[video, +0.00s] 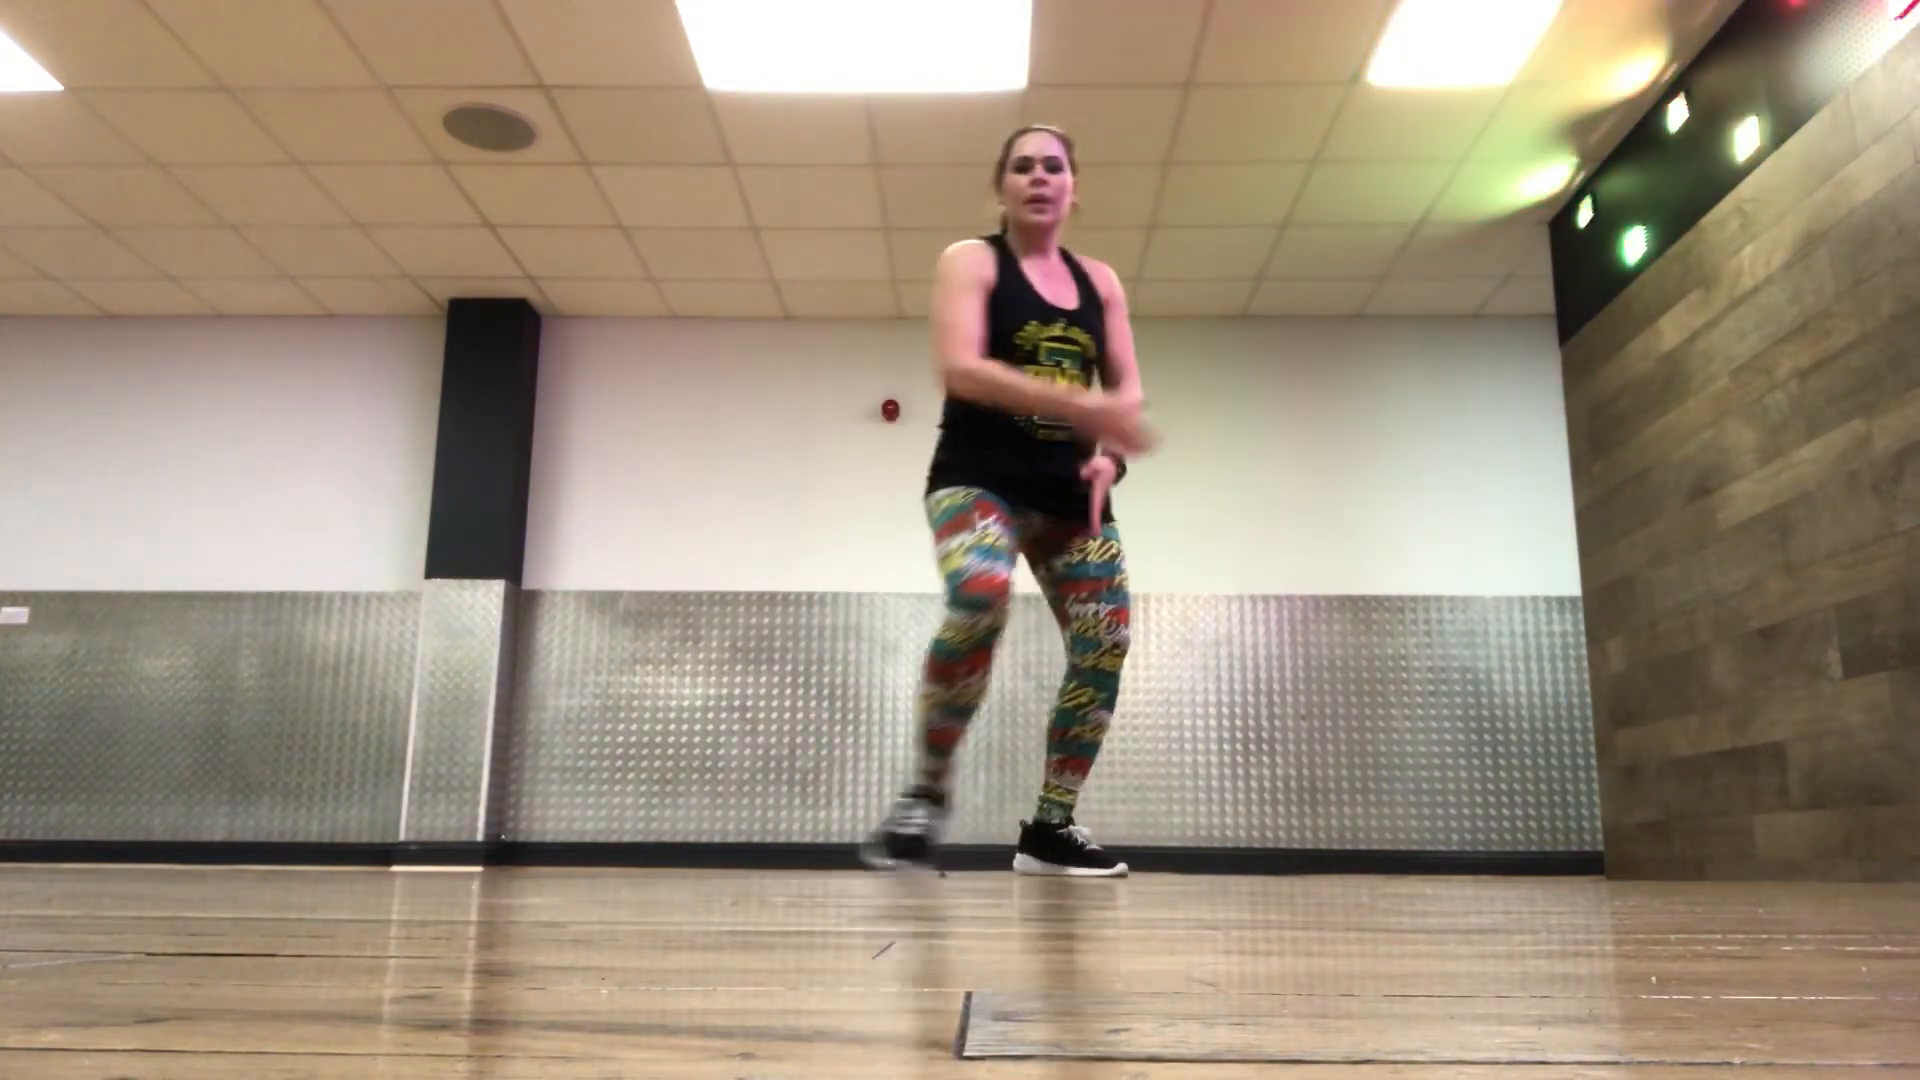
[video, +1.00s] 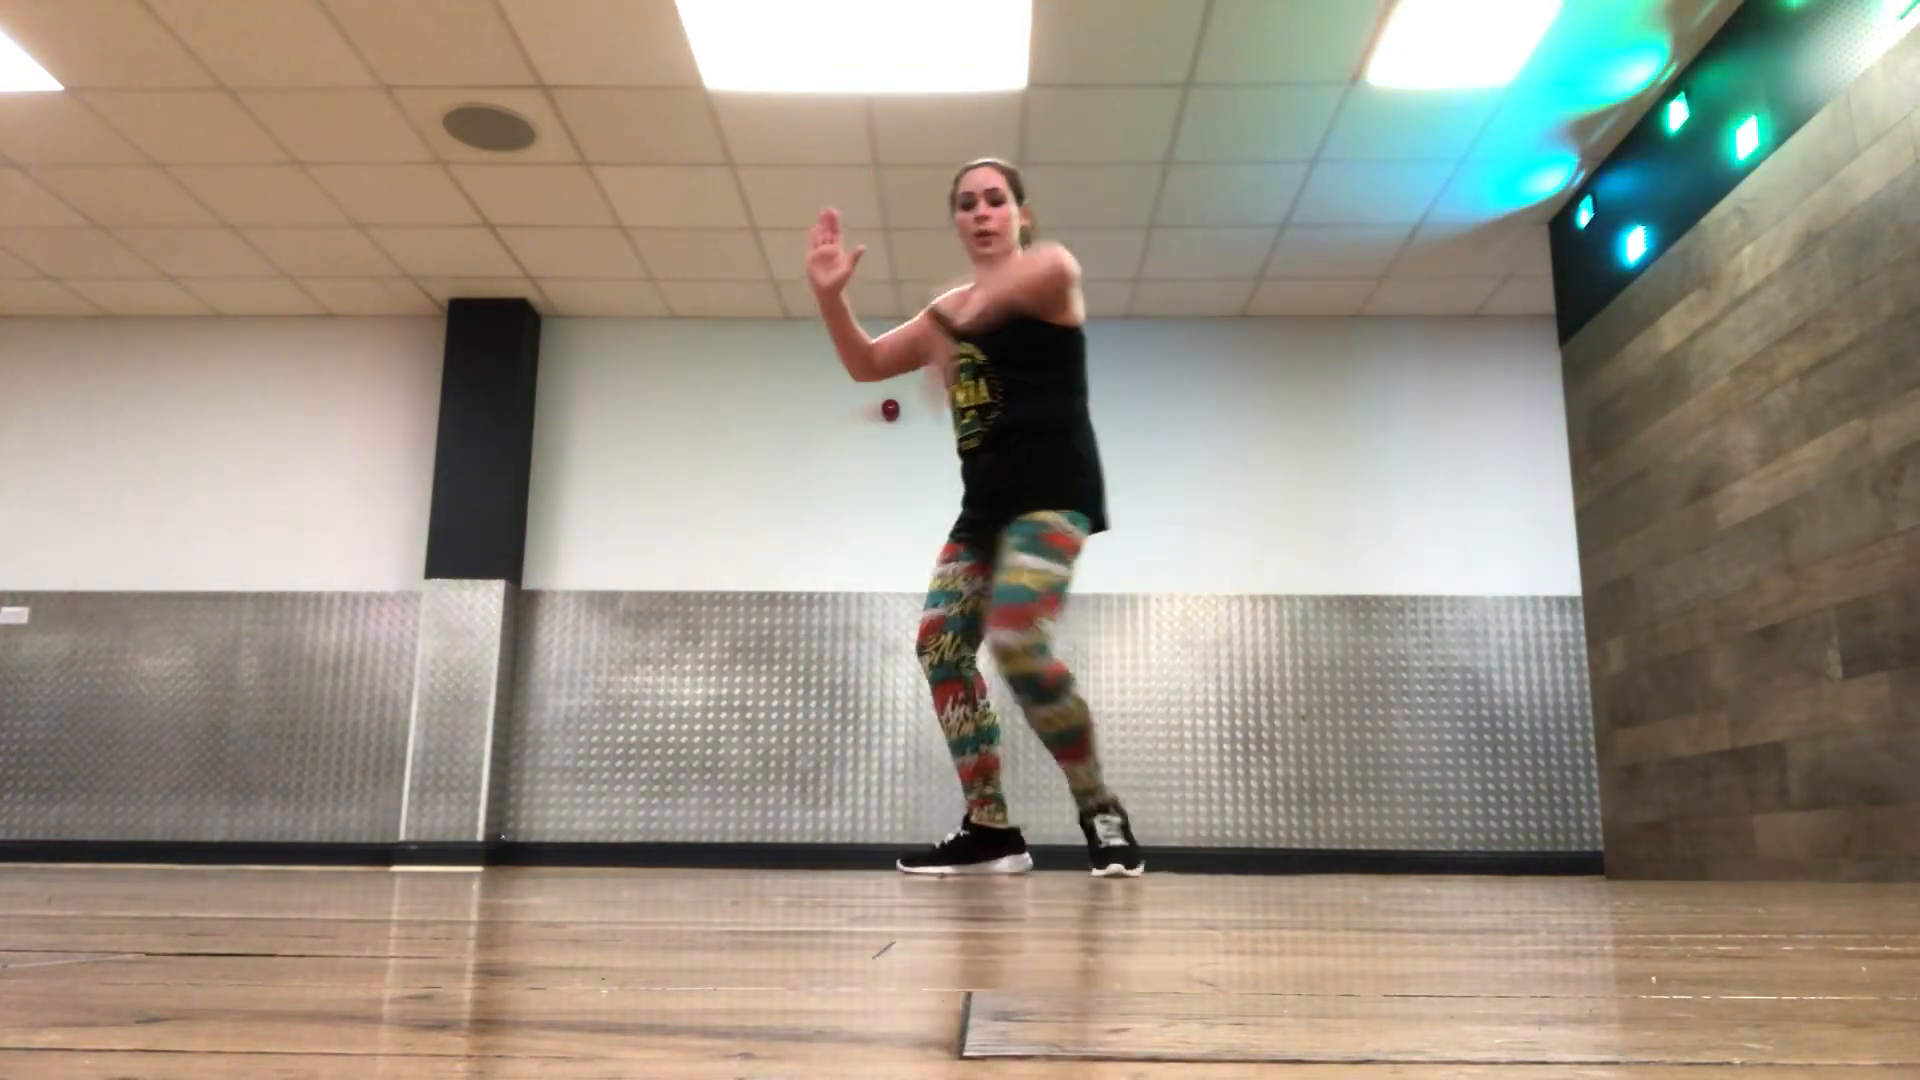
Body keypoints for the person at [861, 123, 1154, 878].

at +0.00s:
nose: (1040, 178)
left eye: (1053, 168)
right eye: (1025, 168)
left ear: (1074, 188)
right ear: (1000, 187)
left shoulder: (1099, 281)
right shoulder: (970, 263)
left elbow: (1126, 391)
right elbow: (958, 370)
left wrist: (1108, 452)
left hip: (1067, 490)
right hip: (975, 478)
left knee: (1103, 635)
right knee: (981, 596)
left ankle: (1051, 824)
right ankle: (925, 797)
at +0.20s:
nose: (1071, 172)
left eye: (1084, 162)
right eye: (1055, 162)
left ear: (1103, 184)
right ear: (1028, 182)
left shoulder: (1124, 275)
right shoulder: (1002, 252)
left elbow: (1150, 375)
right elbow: (1065, 350)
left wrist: (1111, 398)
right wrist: (1180, 411)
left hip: (1097, 490)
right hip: (1006, 482)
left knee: (1112, 647)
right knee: (1063, 602)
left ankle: (1048, 826)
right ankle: (1111, 799)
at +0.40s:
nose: (1074, 180)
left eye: (1087, 169)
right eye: (1058, 170)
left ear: (1108, 188)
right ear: (1036, 190)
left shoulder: (1142, 281)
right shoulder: (1005, 265)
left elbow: (1166, 390)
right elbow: (1001, 365)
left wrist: (1124, 442)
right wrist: (1120, 384)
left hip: (1122, 492)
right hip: (1024, 488)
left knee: (1148, 651)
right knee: (1081, 611)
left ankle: (1111, 804)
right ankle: (1124, 806)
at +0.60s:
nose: (1059, 181)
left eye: (1072, 170)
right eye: (1043, 172)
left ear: (1095, 188)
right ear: (1023, 193)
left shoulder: (1139, 271)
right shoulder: (993, 273)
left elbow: (1193, 376)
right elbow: (912, 339)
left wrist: (1150, 469)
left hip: (1117, 493)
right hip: (1023, 493)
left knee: (1108, 651)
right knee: (992, 591)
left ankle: (1101, 821)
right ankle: (1055, 793)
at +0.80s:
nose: (1024, 193)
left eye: (1036, 181)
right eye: (1008, 184)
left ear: (1060, 198)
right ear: (990, 206)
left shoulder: (1097, 270)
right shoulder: (971, 291)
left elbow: (1166, 364)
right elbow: (878, 338)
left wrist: (1120, 466)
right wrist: (848, 256)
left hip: (1098, 492)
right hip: (1019, 500)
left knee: (1087, 648)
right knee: (954, 626)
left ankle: (1098, 830)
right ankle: (987, 819)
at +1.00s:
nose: (981, 211)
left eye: (995, 199)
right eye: (968, 204)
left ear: (1022, 214)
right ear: (954, 223)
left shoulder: (1050, 266)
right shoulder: (949, 307)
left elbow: (1000, 295)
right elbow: (867, 362)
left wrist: (954, 316)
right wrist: (830, 296)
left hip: (1053, 494)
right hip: (985, 505)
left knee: (1016, 640)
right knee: (943, 646)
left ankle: (1099, 812)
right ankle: (990, 829)